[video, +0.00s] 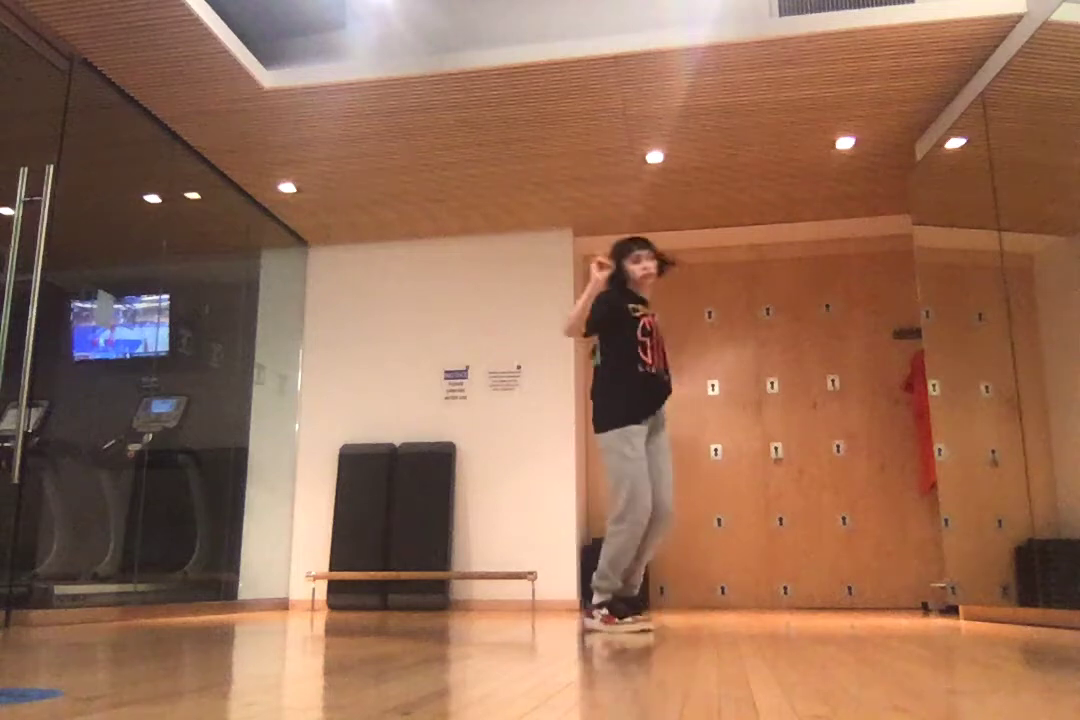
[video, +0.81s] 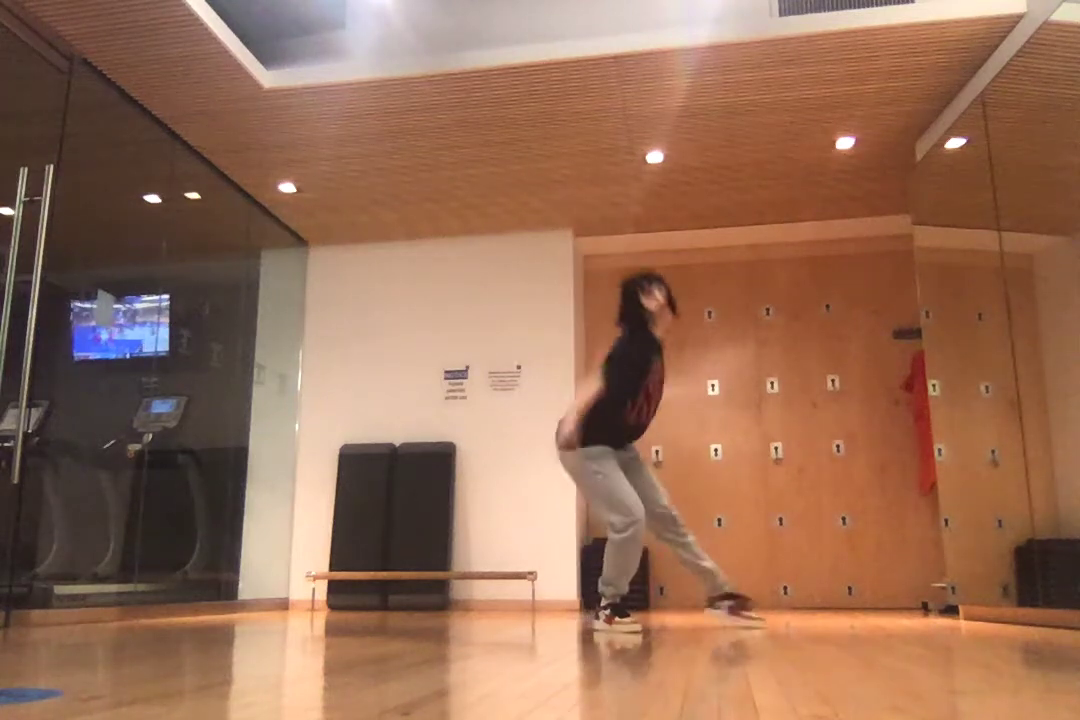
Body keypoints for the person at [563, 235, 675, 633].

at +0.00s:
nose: (646, 267)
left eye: (650, 261)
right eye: (636, 262)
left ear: (657, 268)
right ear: (621, 269)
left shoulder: (644, 306)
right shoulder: (612, 301)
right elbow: (573, 328)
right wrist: (594, 285)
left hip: (652, 414)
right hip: (619, 419)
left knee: (661, 509)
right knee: (634, 506)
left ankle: (624, 596)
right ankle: (599, 603)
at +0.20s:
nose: (613, 274)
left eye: (618, 267)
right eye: (604, 268)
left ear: (626, 274)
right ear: (590, 276)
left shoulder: (621, 316)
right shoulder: (596, 316)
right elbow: (575, 299)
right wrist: (576, 252)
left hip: (655, 424)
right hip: (630, 426)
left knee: (653, 519)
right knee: (638, 516)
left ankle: (618, 603)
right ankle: (604, 604)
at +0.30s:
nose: (608, 279)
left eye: (613, 272)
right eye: (600, 271)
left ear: (618, 279)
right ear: (584, 276)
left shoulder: (609, 313)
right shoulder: (586, 310)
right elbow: (576, 276)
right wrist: (571, 226)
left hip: (659, 418)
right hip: (636, 420)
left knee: (658, 514)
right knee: (638, 511)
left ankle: (620, 601)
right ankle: (602, 604)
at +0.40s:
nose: (618, 284)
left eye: (622, 278)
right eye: (611, 276)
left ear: (623, 282)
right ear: (593, 278)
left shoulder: (605, 310)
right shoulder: (584, 309)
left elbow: (578, 266)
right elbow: (581, 270)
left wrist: (580, 228)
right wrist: (586, 221)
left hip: (656, 413)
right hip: (628, 421)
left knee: (683, 504)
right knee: (650, 512)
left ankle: (649, 590)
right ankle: (606, 600)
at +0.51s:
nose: (642, 298)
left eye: (646, 291)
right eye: (635, 288)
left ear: (648, 294)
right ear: (610, 288)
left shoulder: (636, 334)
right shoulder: (590, 331)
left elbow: (667, 376)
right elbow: (579, 337)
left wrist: (707, 385)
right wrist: (599, 303)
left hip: (636, 433)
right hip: (602, 442)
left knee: (696, 505)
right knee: (646, 521)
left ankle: (720, 595)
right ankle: (605, 603)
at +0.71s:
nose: (673, 326)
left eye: (675, 320)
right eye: (663, 322)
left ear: (681, 326)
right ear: (649, 331)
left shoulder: (661, 370)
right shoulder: (631, 374)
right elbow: (585, 427)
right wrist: (581, 482)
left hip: (624, 457)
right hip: (585, 457)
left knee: (678, 523)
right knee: (628, 519)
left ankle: (729, 600)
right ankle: (608, 608)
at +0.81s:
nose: (661, 300)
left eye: (661, 293)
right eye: (651, 294)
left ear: (667, 301)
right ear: (639, 303)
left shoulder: (653, 346)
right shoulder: (631, 345)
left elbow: (626, 388)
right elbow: (599, 382)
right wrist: (572, 418)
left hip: (620, 447)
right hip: (588, 446)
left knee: (665, 519)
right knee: (628, 518)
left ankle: (720, 595)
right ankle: (608, 607)